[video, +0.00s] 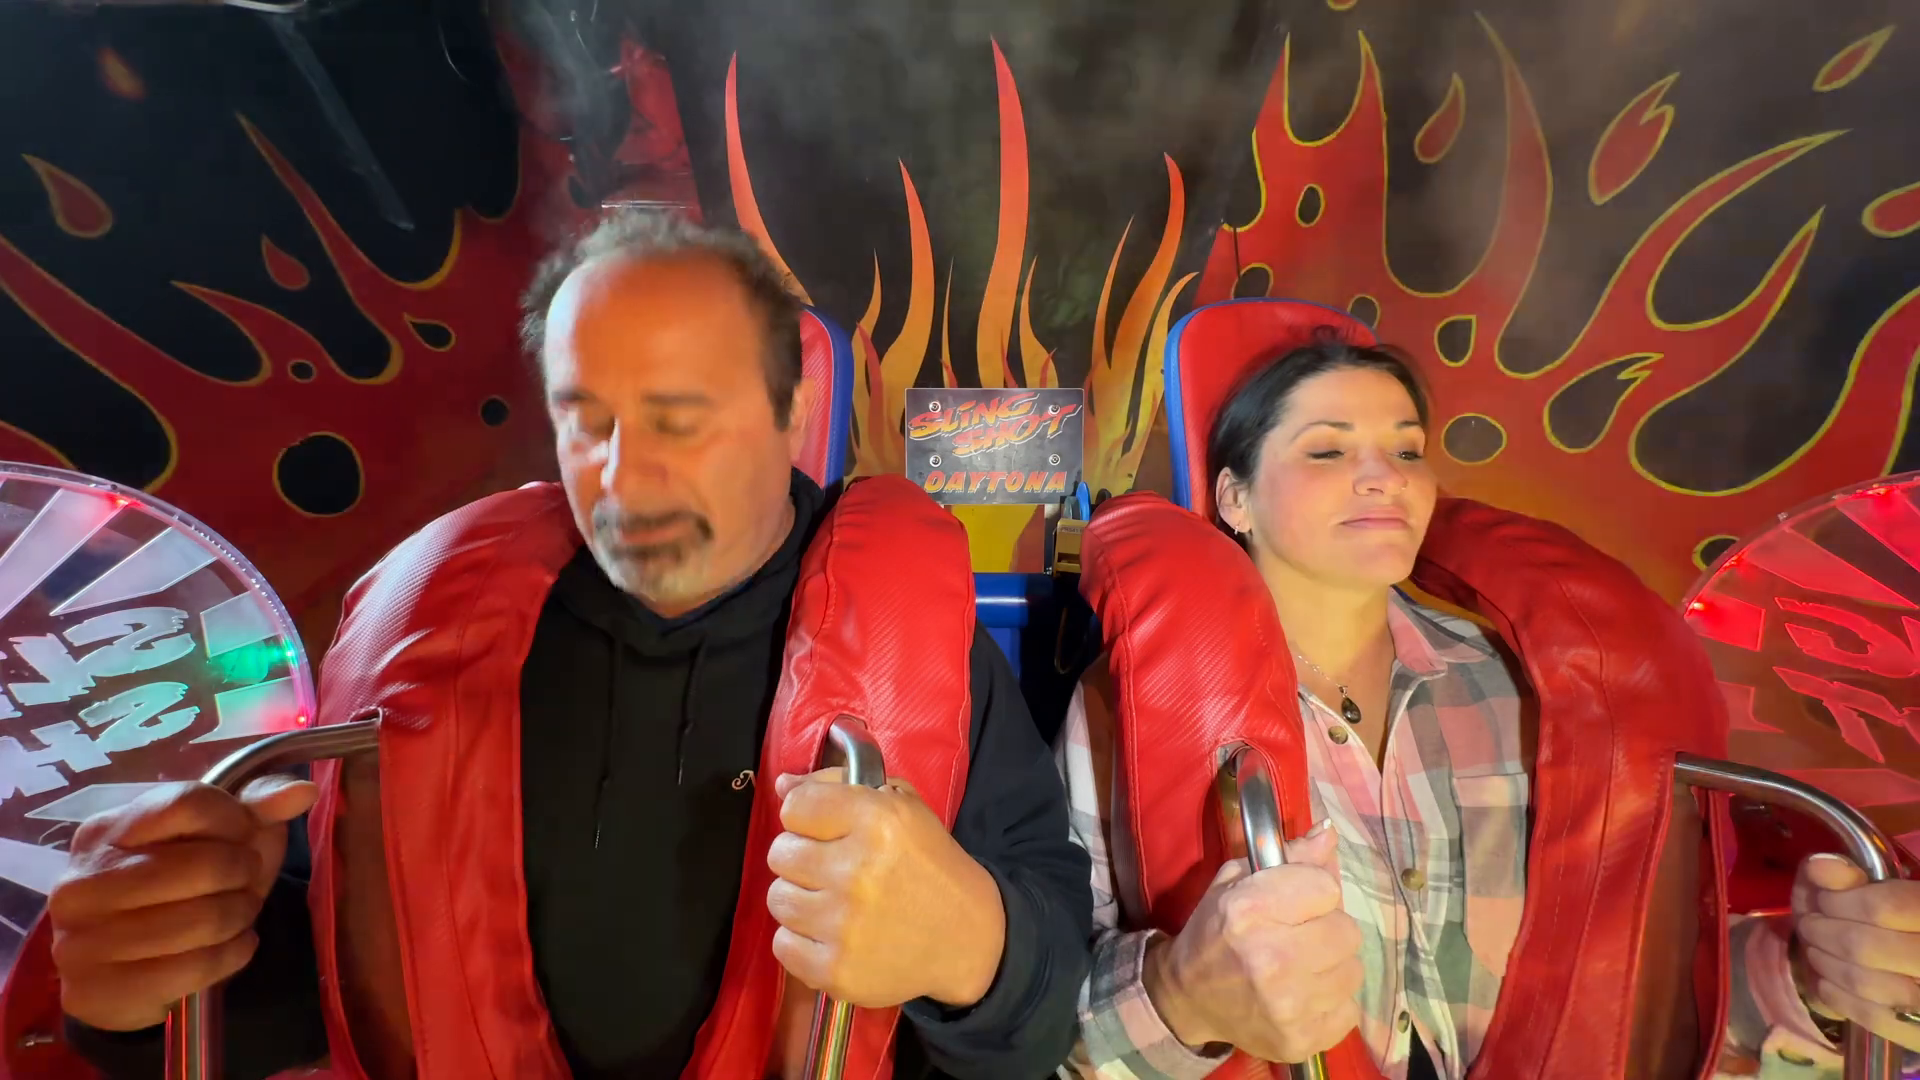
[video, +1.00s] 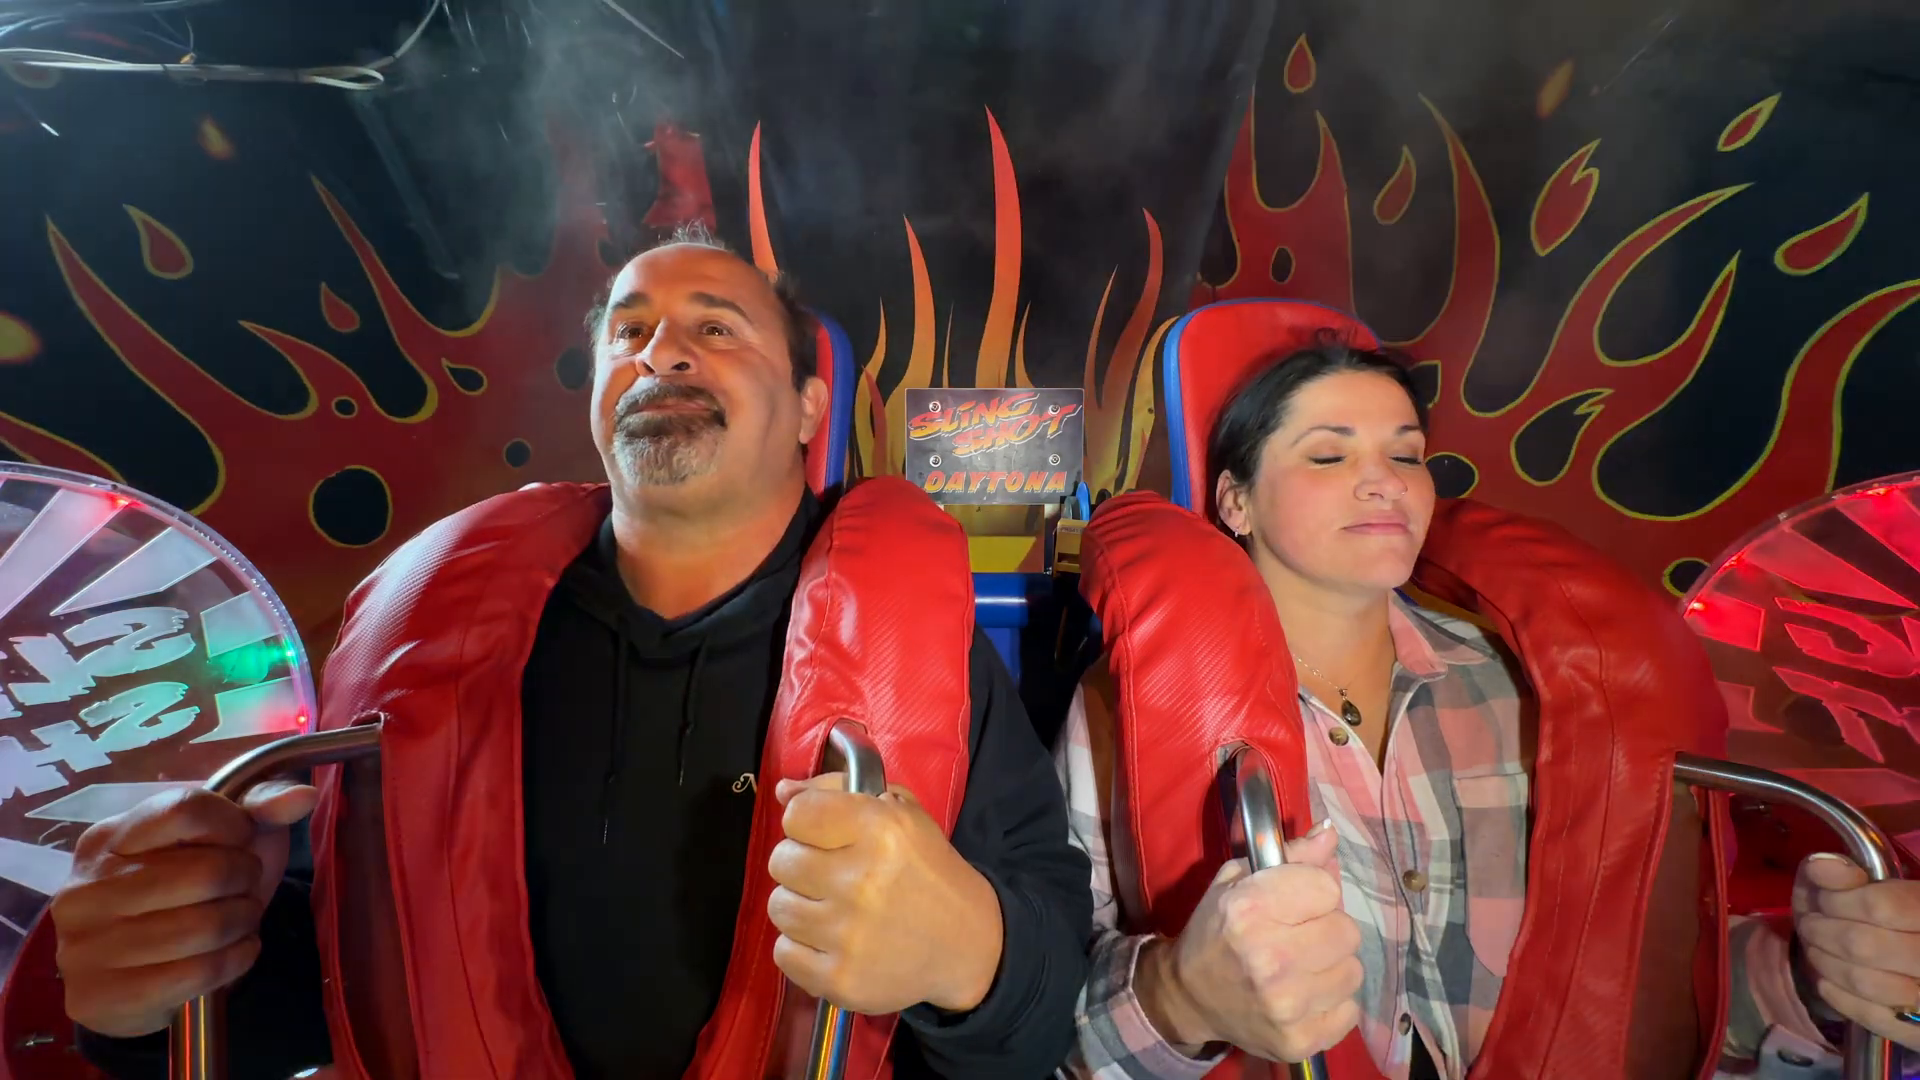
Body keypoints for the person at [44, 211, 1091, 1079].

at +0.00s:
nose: (623, 478)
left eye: (680, 419)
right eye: (588, 421)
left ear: (791, 416)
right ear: (549, 427)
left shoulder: (925, 644)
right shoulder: (419, 623)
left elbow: (1048, 1008)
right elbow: (303, 977)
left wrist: (981, 948)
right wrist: (106, 988)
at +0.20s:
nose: (627, 392)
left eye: (684, 350)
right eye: (599, 359)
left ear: (796, 401)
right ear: (567, 411)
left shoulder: (927, 653)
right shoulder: (425, 634)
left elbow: (1044, 1018)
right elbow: (297, 962)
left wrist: (982, 954)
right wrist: (99, 980)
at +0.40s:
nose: (647, 356)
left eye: (702, 323)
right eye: (616, 336)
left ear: (804, 398)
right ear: (582, 417)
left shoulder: (926, 659)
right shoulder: (435, 639)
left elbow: (1046, 1012)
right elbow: (305, 975)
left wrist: (982, 955)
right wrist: (102, 991)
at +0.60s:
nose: (654, 343)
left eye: (711, 316)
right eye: (621, 329)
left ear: (807, 404)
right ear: (587, 415)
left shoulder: (927, 654)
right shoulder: (431, 634)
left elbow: (1044, 1005)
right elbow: (309, 974)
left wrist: (980, 954)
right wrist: (109, 989)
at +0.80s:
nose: (661, 344)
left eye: (715, 318)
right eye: (626, 330)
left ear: (808, 406)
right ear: (590, 416)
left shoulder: (926, 660)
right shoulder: (430, 633)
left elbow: (1045, 1014)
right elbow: (304, 976)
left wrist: (980, 956)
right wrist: (113, 991)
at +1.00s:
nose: (663, 346)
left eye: (720, 322)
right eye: (630, 328)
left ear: (808, 410)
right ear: (592, 409)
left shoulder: (923, 655)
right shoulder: (433, 628)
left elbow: (1047, 1015)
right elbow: (310, 983)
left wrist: (981, 958)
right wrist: (102, 988)